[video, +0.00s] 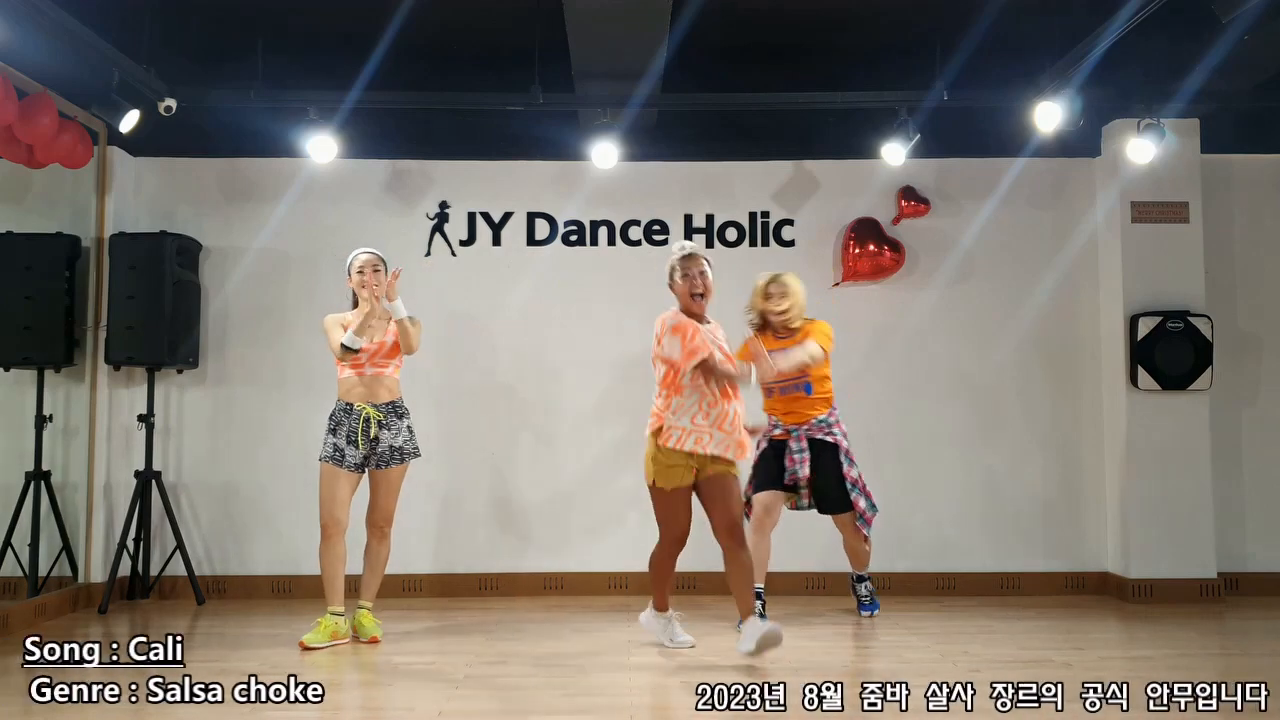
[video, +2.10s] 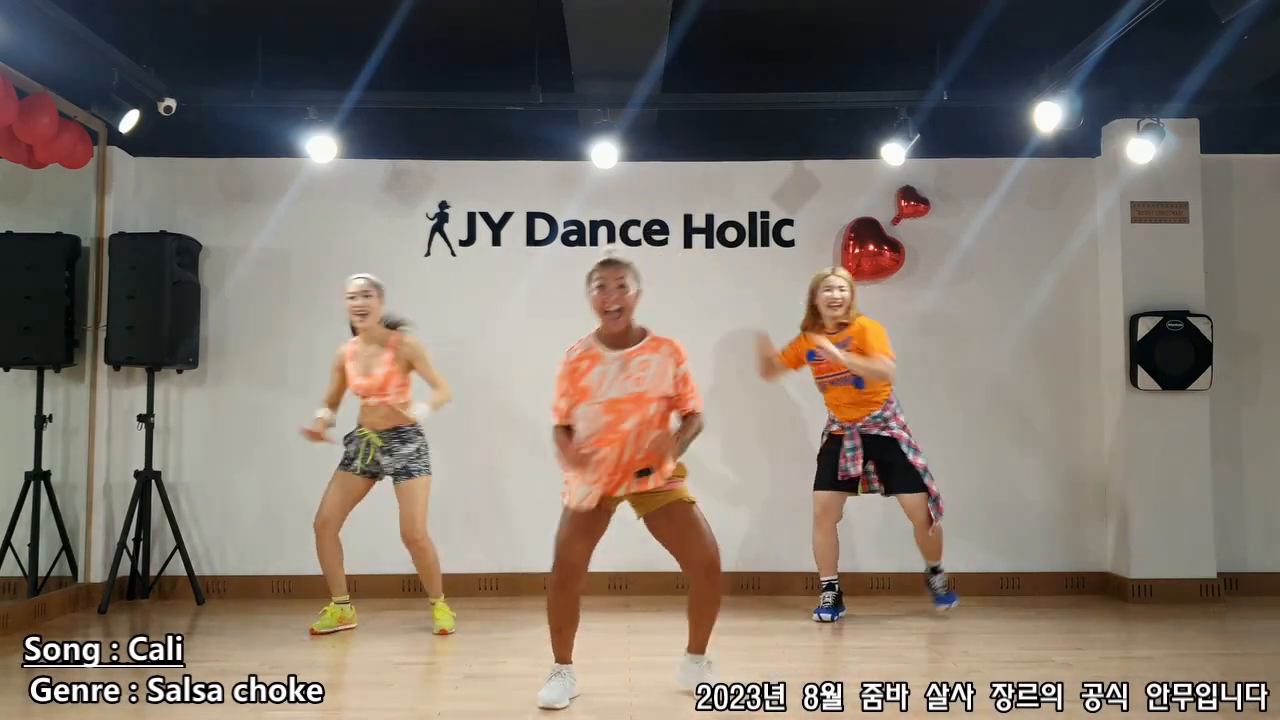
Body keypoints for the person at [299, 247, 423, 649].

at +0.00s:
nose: (369, 276)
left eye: (376, 270)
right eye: (361, 271)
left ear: (386, 279)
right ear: (350, 281)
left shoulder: (401, 320)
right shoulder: (335, 320)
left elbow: (410, 346)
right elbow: (343, 350)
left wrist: (395, 301)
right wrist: (364, 316)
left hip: (392, 423)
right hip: (346, 422)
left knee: (380, 526)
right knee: (332, 525)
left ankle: (364, 612)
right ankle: (335, 617)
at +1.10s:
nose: (338, 281)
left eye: (347, 275)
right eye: (332, 275)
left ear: (361, 286)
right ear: (324, 287)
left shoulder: (377, 324)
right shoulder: (318, 325)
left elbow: (383, 354)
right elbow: (286, 364)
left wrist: (357, 321)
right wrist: (309, 320)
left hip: (370, 425)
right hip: (327, 426)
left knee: (356, 510)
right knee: (324, 517)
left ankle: (364, 593)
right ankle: (340, 602)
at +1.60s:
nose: (306, 294)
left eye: (315, 287)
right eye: (302, 289)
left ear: (336, 291)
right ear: (301, 297)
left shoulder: (359, 326)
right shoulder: (309, 339)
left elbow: (400, 322)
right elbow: (273, 354)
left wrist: (372, 328)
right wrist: (271, 367)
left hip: (371, 429)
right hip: (332, 435)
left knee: (382, 515)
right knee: (323, 522)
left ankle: (396, 582)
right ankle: (342, 604)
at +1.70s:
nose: (306, 288)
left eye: (313, 282)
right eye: (306, 283)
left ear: (336, 285)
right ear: (311, 289)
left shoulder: (355, 317)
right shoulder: (311, 325)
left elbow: (372, 276)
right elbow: (269, 314)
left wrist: (329, 258)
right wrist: (259, 284)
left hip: (375, 418)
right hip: (338, 426)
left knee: (408, 505)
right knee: (332, 518)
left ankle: (440, 581)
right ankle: (343, 603)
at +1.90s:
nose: (318, 288)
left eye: (326, 280)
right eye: (314, 282)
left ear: (348, 287)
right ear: (313, 290)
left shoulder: (363, 324)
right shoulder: (322, 328)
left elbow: (364, 294)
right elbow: (275, 321)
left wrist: (316, 269)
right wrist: (257, 291)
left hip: (389, 420)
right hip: (353, 428)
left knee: (422, 512)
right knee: (333, 516)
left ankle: (462, 588)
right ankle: (343, 604)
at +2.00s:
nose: (334, 298)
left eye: (343, 291)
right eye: (328, 291)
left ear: (360, 297)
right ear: (323, 298)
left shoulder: (379, 332)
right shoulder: (329, 345)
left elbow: (416, 362)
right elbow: (301, 383)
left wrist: (377, 361)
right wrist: (293, 375)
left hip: (396, 433)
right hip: (358, 438)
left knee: (413, 523)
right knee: (327, 522)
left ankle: (446, 595)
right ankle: (342, 605)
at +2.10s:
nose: (358, 303)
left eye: (366, 296)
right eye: (352, 297)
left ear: (381, 303)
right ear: (345, 306)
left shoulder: (404, 345)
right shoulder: (345, 354)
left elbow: (443, 391)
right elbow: (331, 402)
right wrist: (321, 423)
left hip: (406, 441)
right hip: (365, 443)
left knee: (414, 534)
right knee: (325, 524)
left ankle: (439, 604)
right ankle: (341, 606)